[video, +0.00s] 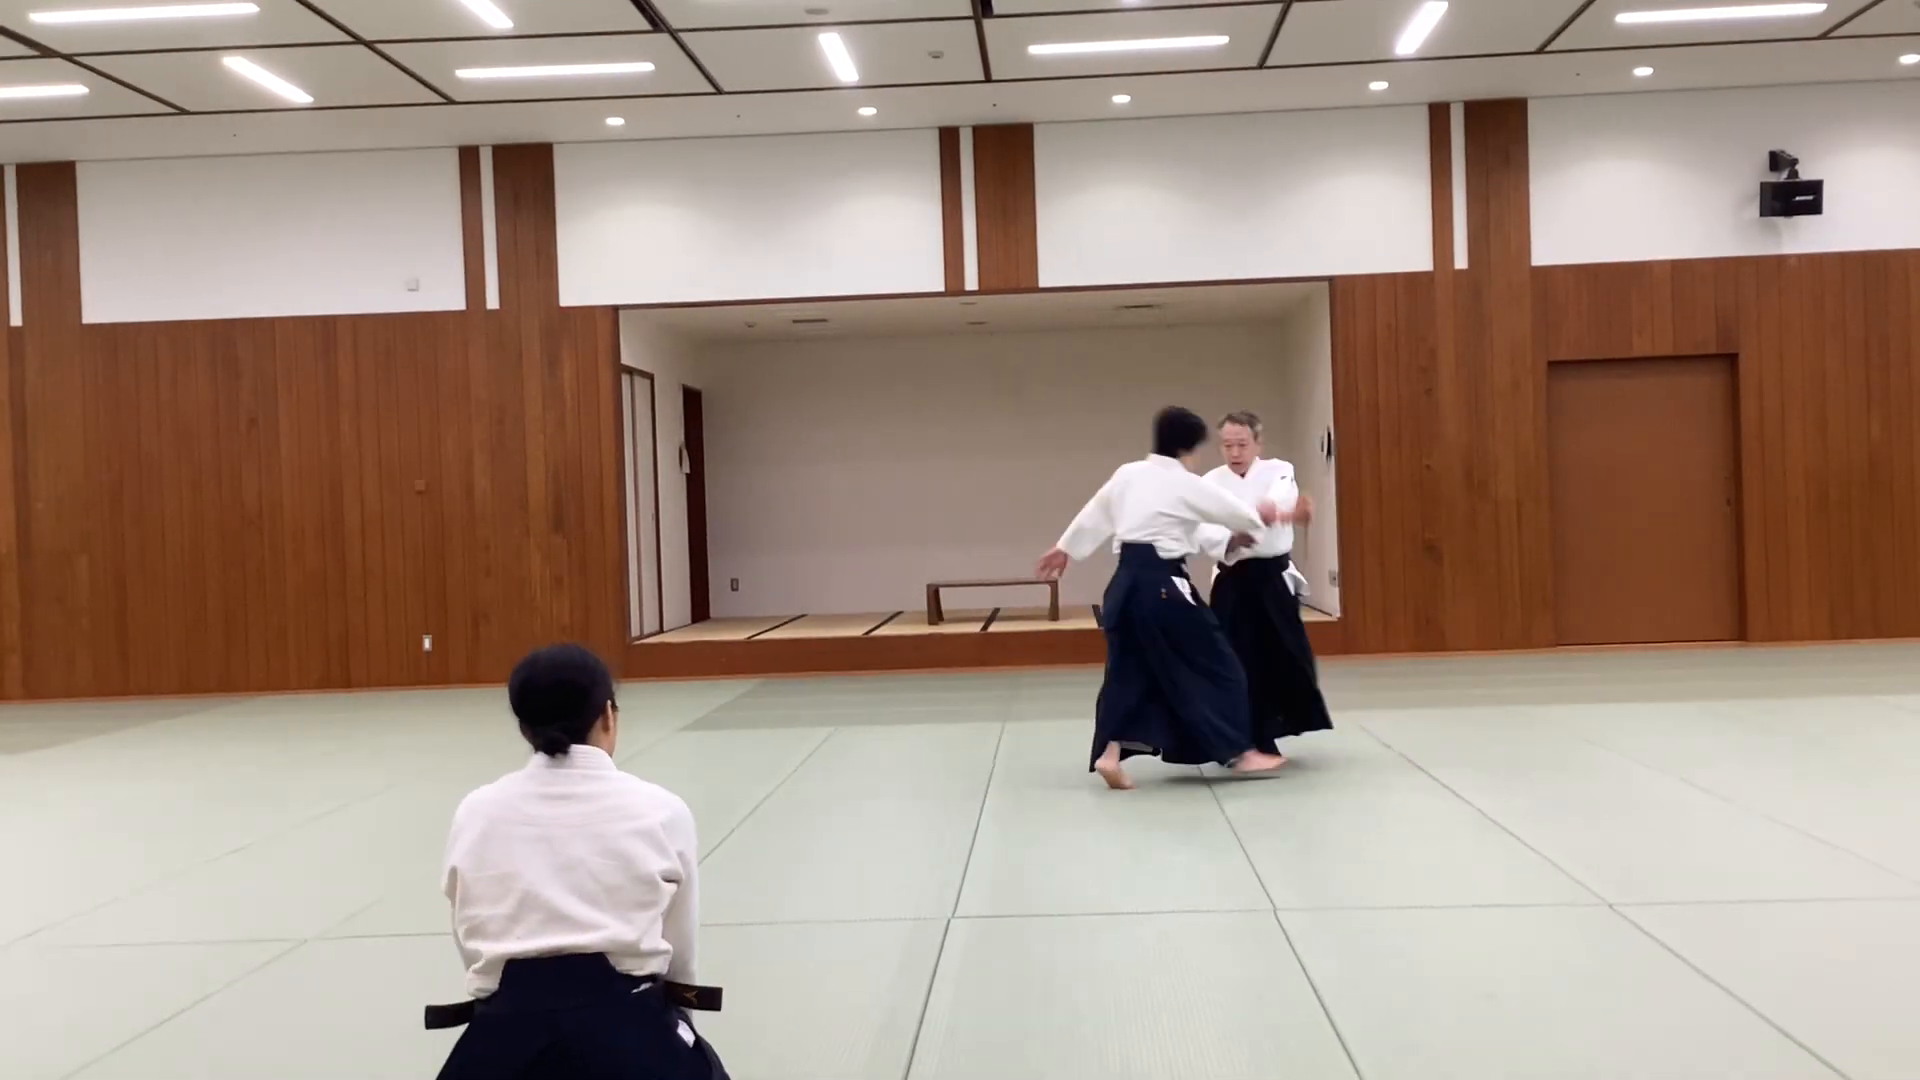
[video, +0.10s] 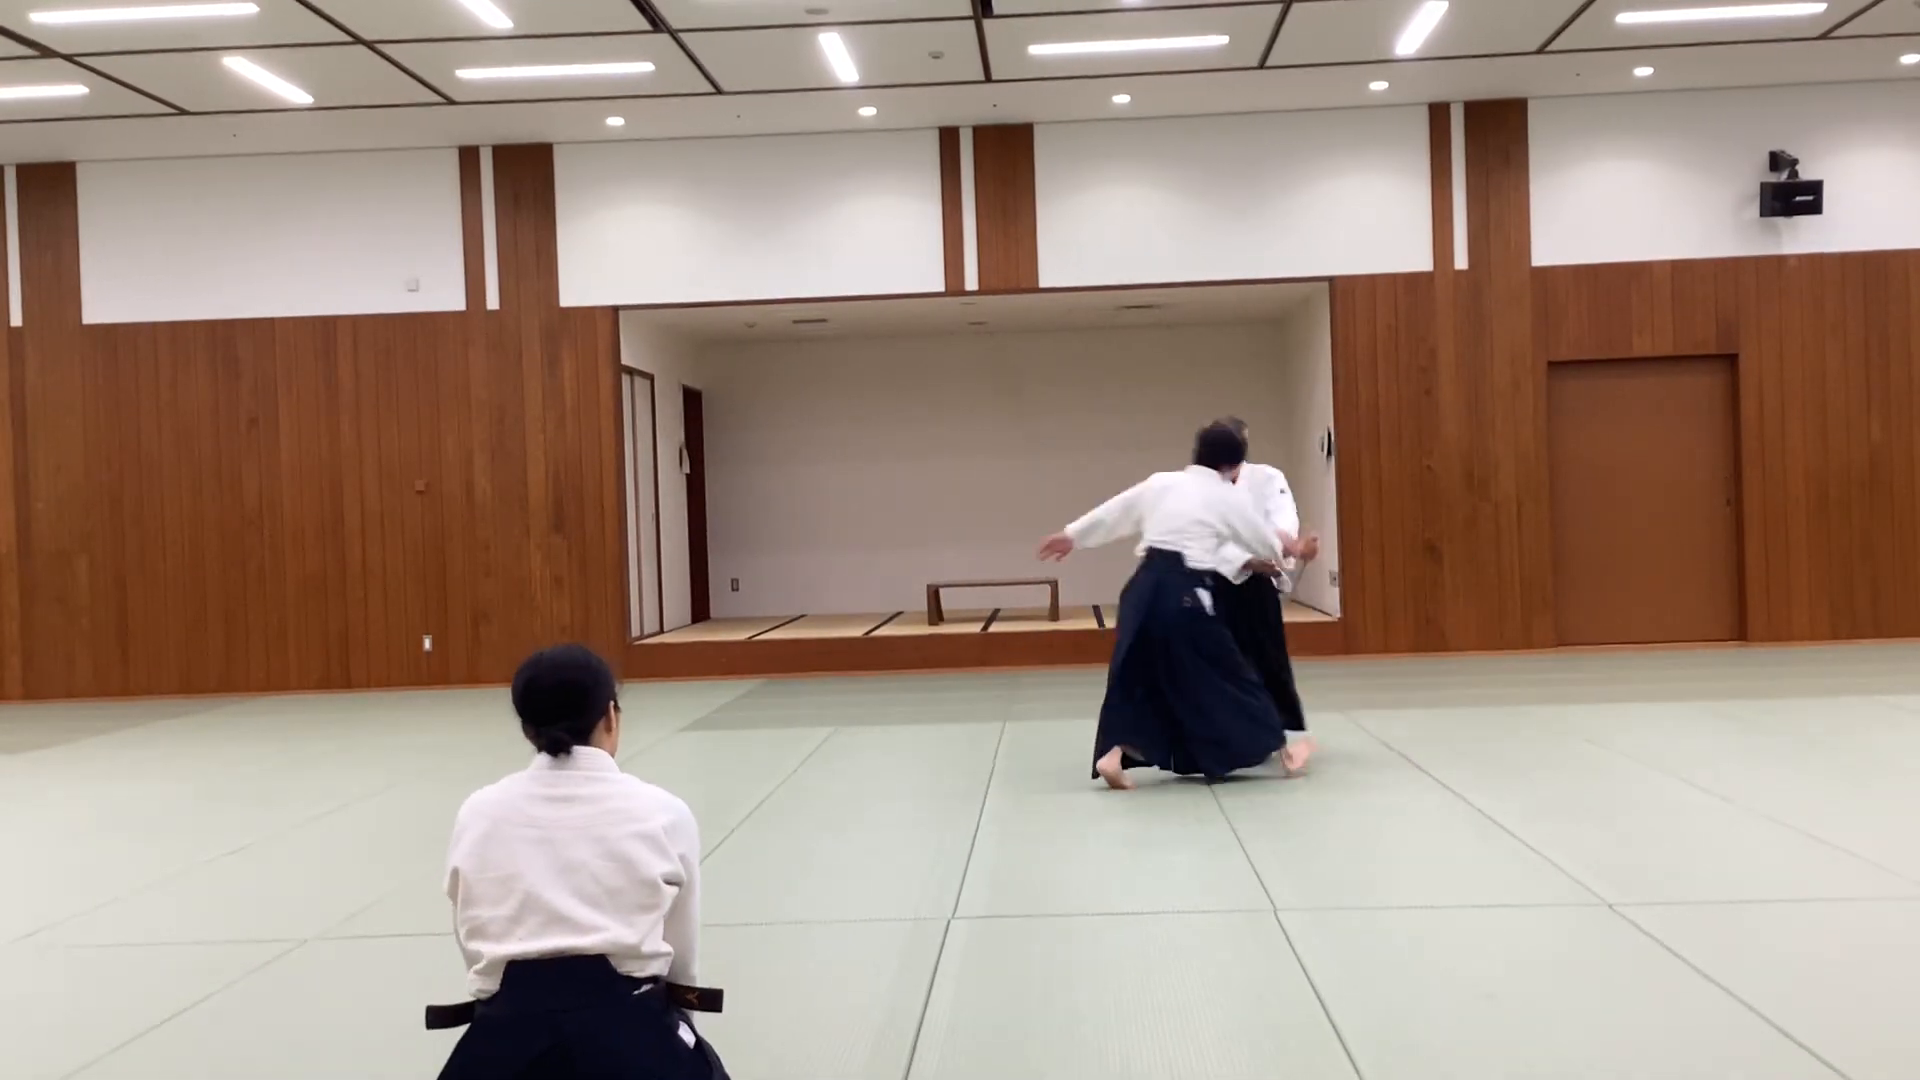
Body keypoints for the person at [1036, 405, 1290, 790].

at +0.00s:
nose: (1200, 454)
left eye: (1198, 447)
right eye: (1199, 447)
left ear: (1157, 440)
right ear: (1189, 446)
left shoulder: (1126, 475)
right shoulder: (1186, 483)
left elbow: (1092, 514)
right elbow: (1232, 511)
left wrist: (1064, 547)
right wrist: (1260, 516)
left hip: (1124, 585)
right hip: (1166, 586)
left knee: (1127, 669)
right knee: (1218, 663)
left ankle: (1109, 754)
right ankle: (1244, 753)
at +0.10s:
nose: (1240, 472)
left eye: (1239, 466)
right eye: (1240, 465)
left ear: (1196, 455)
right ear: (1234, 466)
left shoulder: (1160, 484)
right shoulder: (1231, 498)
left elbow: (1114, 511)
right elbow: (1266, 544)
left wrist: (1072, 535)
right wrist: (1287, 550)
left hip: (1143, 585)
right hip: (1189, 592)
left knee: (1133, 670)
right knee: (1231, 672)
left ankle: (1112, 753)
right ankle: (1285, 749)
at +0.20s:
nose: (1214, 469)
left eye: (1219, 464)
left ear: (1229, 471)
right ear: (1267, 481)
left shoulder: (1197, 496)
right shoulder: (1269, 509)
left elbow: (1152, 511)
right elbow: (1291, 563)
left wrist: (1109, 526)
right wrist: (1305, 569)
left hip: (1181, 582)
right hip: (1231, 589)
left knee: (1155, 669)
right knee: (1258, 675)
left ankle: (1117, 760)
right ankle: (1293, 760)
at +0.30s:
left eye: (1232, 483)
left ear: (1239, 492)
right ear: (1278, 501)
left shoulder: (1224, 509)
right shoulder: (1282, 524)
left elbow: (1191, 518)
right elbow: (1299, 572)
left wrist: (1165, 528)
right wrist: (1289, 592)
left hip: (1224, 586)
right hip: (1271, 592)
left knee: (1187, 667)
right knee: (1289, 676)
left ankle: (1149, 760)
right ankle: (1297, 761)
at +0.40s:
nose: (1213, 475)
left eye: (1220, 468)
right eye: (1207, 468)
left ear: (1229, 467)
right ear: (1194, 465)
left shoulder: (1234, 489)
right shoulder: (1183, 504)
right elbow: (1205, 558)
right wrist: (1237, 594)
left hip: (1209, 576)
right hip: (1170, 579)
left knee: (1211, 651)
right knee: (1166, 653)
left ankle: (1215, 728)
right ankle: (1144, 726)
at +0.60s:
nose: (1189, 474)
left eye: (1195, 468)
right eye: (1182, 466)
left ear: (1202, 467)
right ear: (1168, 464)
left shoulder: (1206, 497)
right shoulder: (1148, 501)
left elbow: (1215, 544)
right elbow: (1154, 555)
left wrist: (1219, 582)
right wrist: (1186, 591)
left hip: (1183, 583)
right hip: (1140, 584)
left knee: (1204, 657)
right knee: (1121, 657)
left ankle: (1217, 733)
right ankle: (1108, 728)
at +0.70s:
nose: (1172, 471)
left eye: (1178, 465)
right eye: (1166, 463)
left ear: (1185, 462)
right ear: (1150, 458)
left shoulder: (1194, 496)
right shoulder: (1129, 490)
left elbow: (1198, 549)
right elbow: (1124, 540)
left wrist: (1188, 594)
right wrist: (1154, 567)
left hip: (1174, 586)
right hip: (1127, 583)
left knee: (1193, 657)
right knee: (1116, 655)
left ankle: (1210, 729)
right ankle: (1107, 726)